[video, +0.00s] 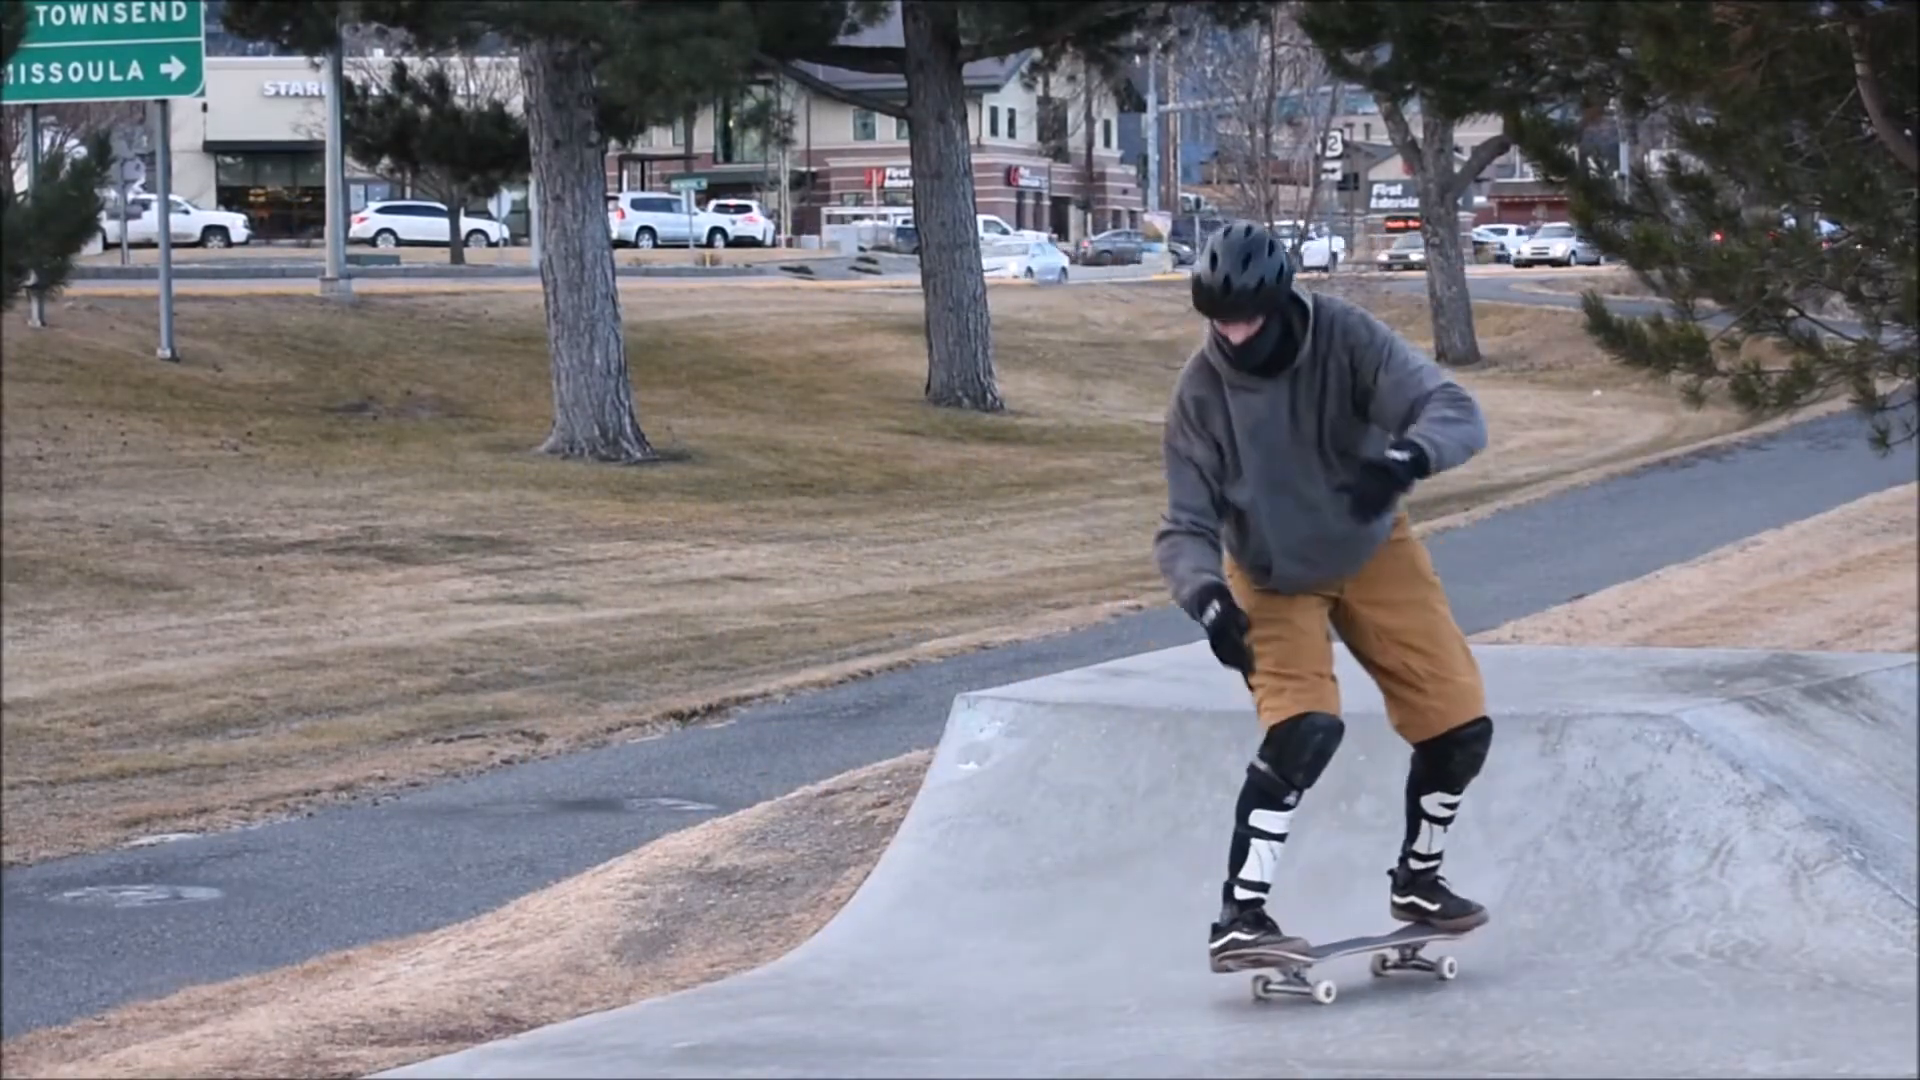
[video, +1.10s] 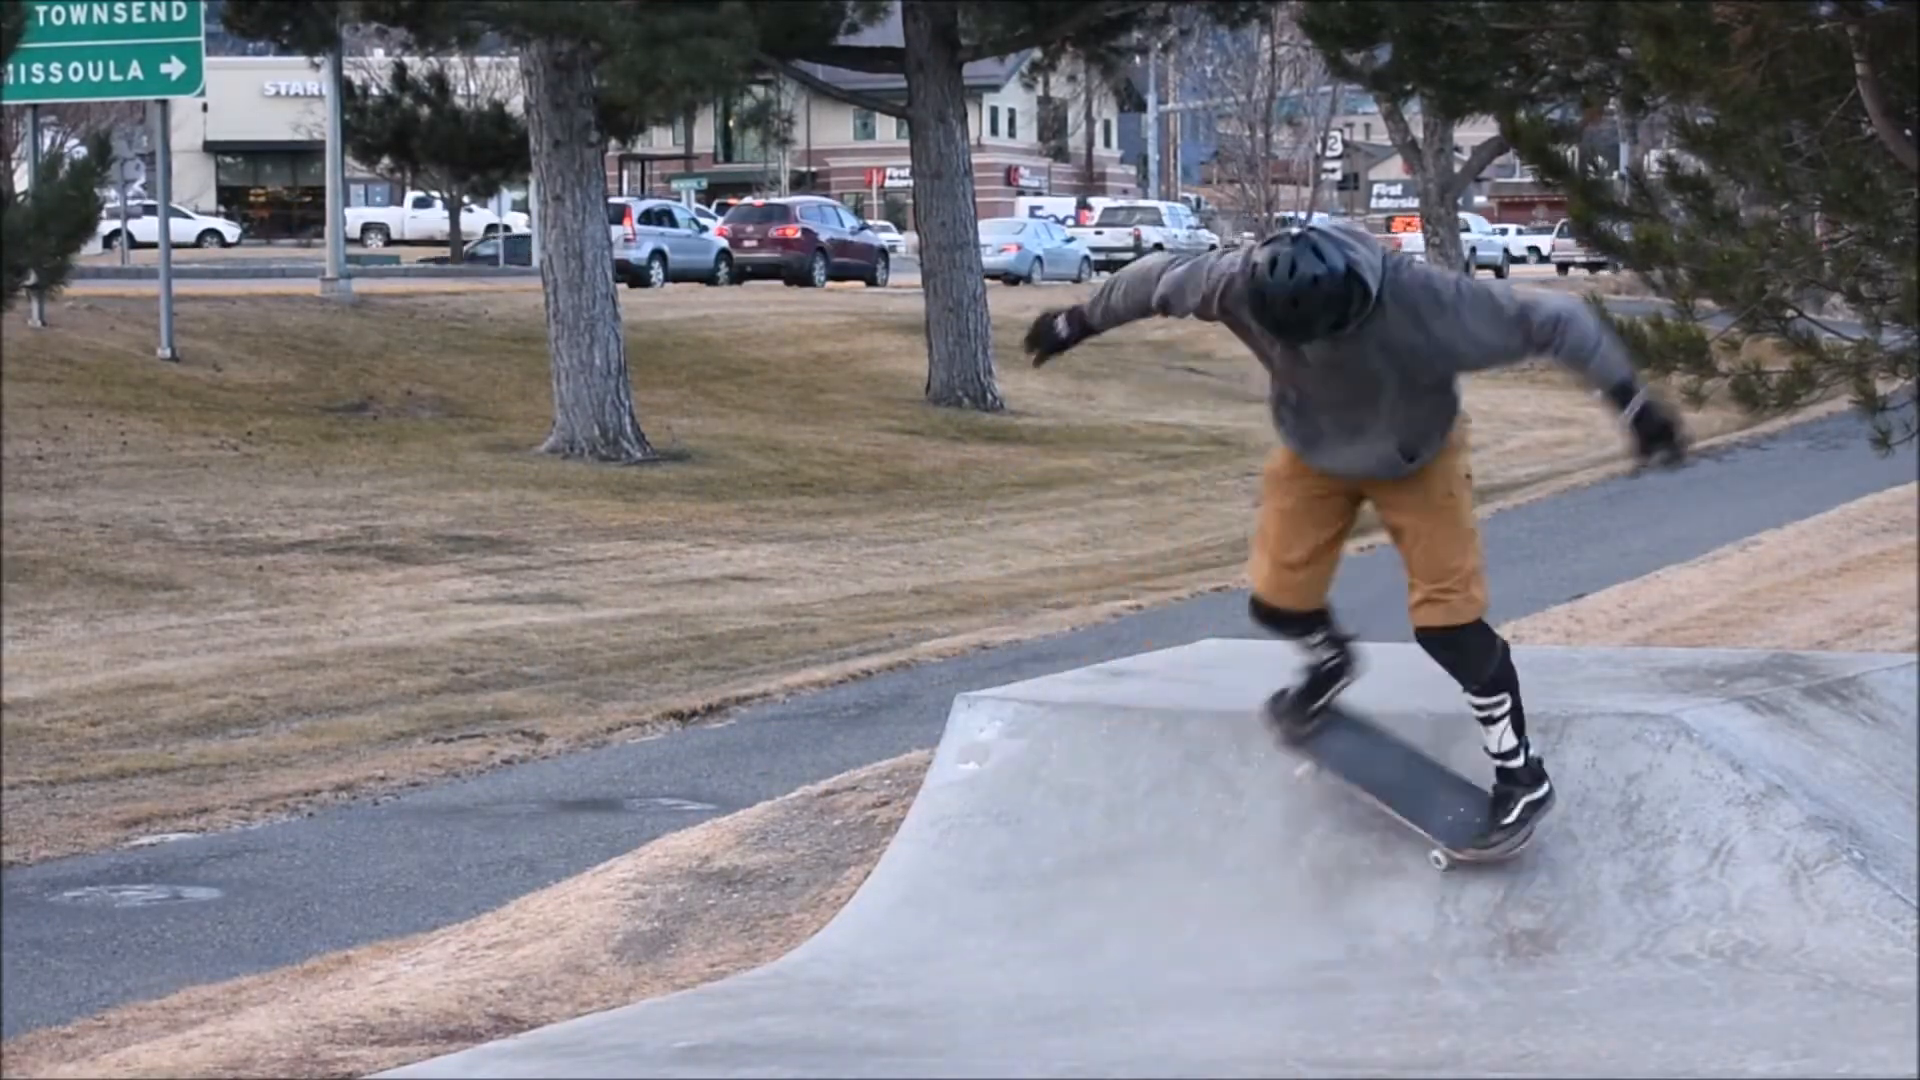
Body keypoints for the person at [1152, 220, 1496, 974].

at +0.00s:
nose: (1233, 332)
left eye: (1246, 316)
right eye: (1219, 318)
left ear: (1281, 299)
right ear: (1203, 309)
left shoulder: (1344, 336)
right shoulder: (1202, 390)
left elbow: (1458, 415)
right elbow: (1185, 528)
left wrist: (1406, 457)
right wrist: (1212, 606)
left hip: (1373, 548)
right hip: (1268, 568)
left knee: (1457, 728)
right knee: (1305, 728)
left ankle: (1417, 879)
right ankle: (1241, 918)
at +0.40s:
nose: (1207, 236)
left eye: (1224, 221)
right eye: (1196, 220)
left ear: (1259, 220)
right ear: (1179, 221)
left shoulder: (1311, 308)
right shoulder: (1153, 323)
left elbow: (1361, 426)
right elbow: (1098, 460)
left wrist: (1394, 538)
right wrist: (1103, 572)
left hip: (1283, 552)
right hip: (1171, 560)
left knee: (1352, 738)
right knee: (1184, 742)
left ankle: (1331, 893)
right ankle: (1135, 931)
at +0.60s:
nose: (1254, 494)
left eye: (1263, 484)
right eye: (1250, 480)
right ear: (1219, 450)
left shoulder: (1242, 476)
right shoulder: (1114, 457)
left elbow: (1268, 565)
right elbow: (987, 571)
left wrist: (1320, 640)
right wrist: (995, 696)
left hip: (1143, 627)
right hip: (1051, 614)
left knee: (1236, 752)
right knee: (1140, 759)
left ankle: (1147, 897)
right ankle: (1031, 924)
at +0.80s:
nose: (1281, 476)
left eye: (1300, 468)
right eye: (1272, 461)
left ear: (1330, 440)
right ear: (1254, 424)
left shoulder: (1334, 444)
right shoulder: (1185, 434)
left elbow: (1375, 577)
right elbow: (1075, 501)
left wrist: (1328, 552)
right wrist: (1030, 601)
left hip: (1252, 586)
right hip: (1158, 577)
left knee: (1326, 735)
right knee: (1230, 736)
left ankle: (1250, 864)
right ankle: (1136, 903)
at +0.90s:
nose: (1296, 416)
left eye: (1310, 407)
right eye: (1284, 404)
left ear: (1340, 377)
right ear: (1261, 368)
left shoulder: (1367, 378)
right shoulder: (1216, 358)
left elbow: (1396, 513)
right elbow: (1131, 368)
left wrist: (1318, 544)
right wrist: (1068, 426)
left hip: (1313, 539)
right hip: (1217, 532)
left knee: (1370, 695)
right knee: (1251, 705)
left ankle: (1312, 808)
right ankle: (1191, 877)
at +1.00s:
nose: (1303, 367)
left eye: (1315, 357)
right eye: (1289, 356)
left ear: (1349, 330)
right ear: (1266, 324)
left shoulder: (1394, 336)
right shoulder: (1233, 302)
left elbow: (1483, 433)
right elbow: (1165, 284)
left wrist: (1486, 526)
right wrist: (1100, 303)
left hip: (1367, 483)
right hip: (1261, 480)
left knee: (1432, 647)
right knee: (1266, 655)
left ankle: (1456, 765)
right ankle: (1228, 766)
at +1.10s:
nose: (1305, 344)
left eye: (1317, 332)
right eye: (1290, 334)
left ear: (1352, 298)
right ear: (1266, 299)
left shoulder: (1422, 298)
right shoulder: (1243, 287)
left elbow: (1555, 321)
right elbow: (1158, 281)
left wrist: (1634, 400)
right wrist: (1077, 318)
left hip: (1418, 454)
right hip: (1310, 450)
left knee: (1449, 624)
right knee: (1276, 599)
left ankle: (1518, 769)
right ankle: (1331, 663)